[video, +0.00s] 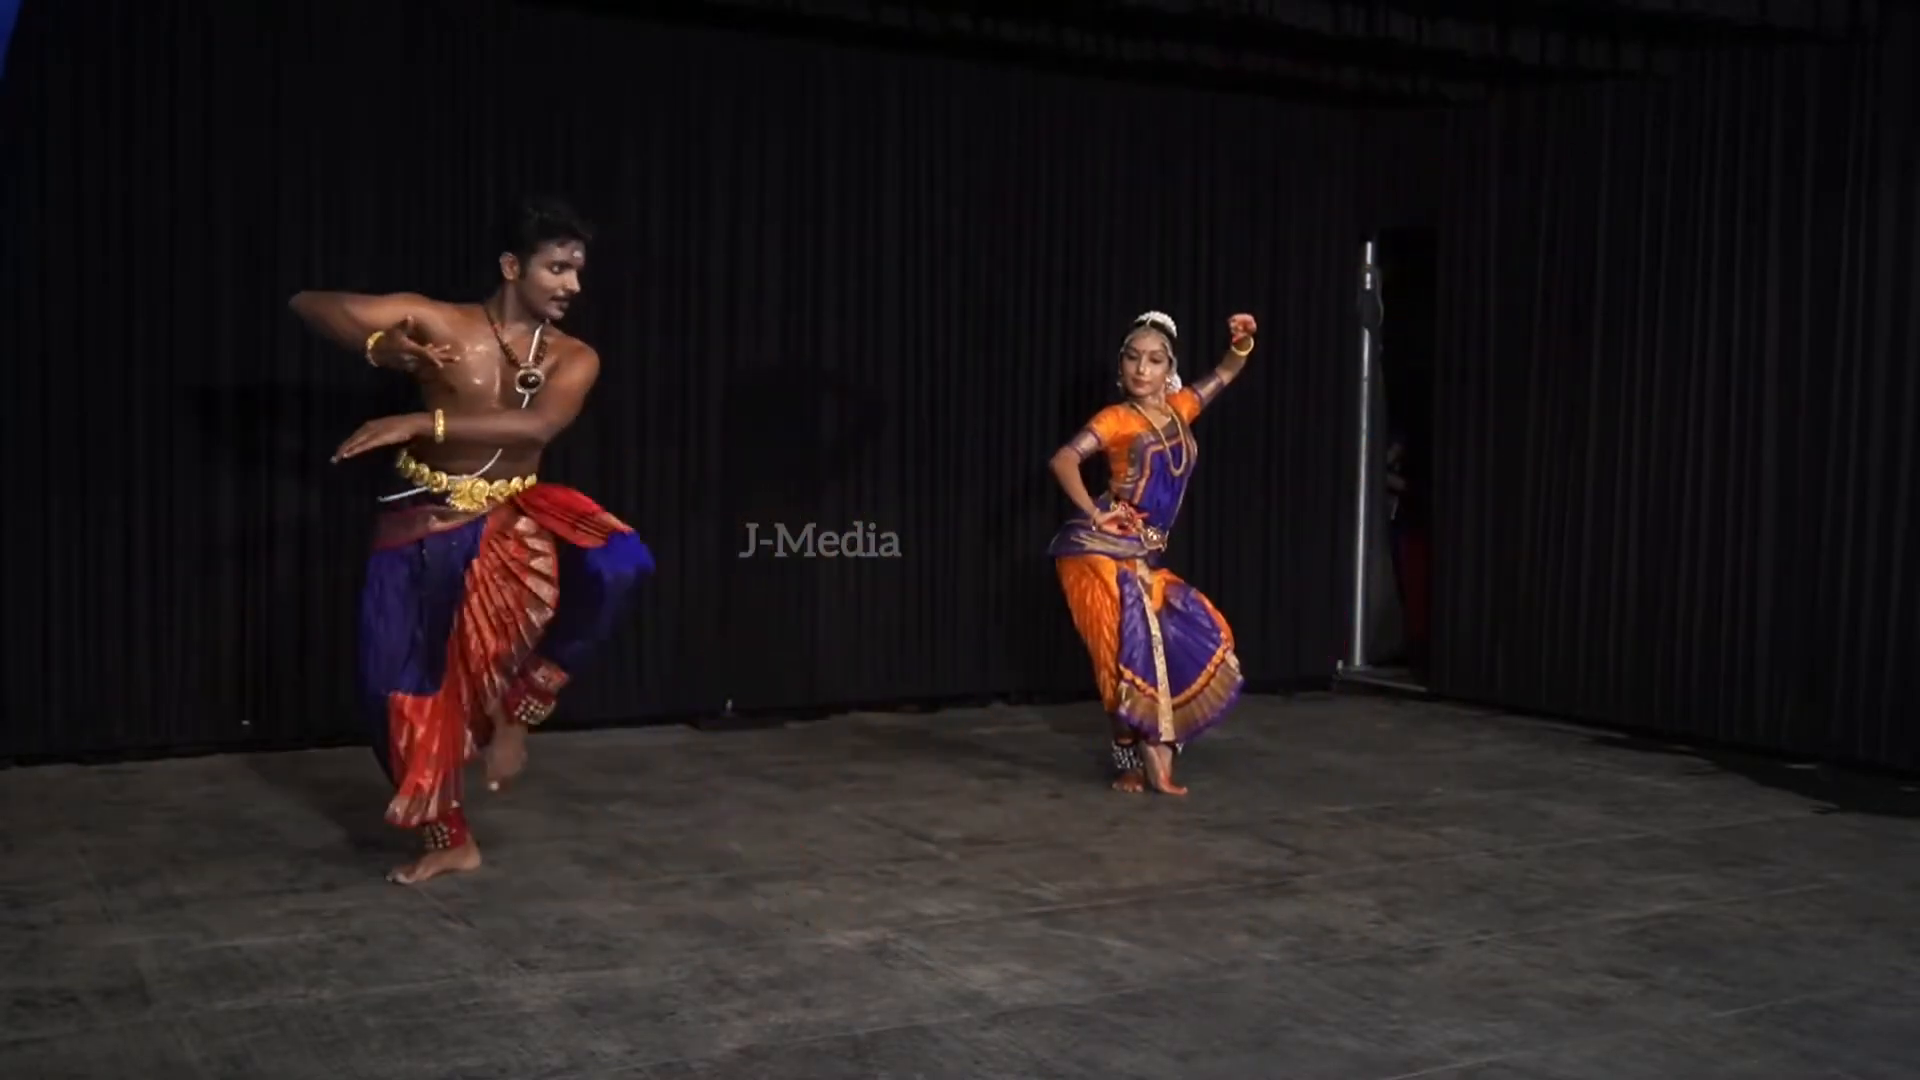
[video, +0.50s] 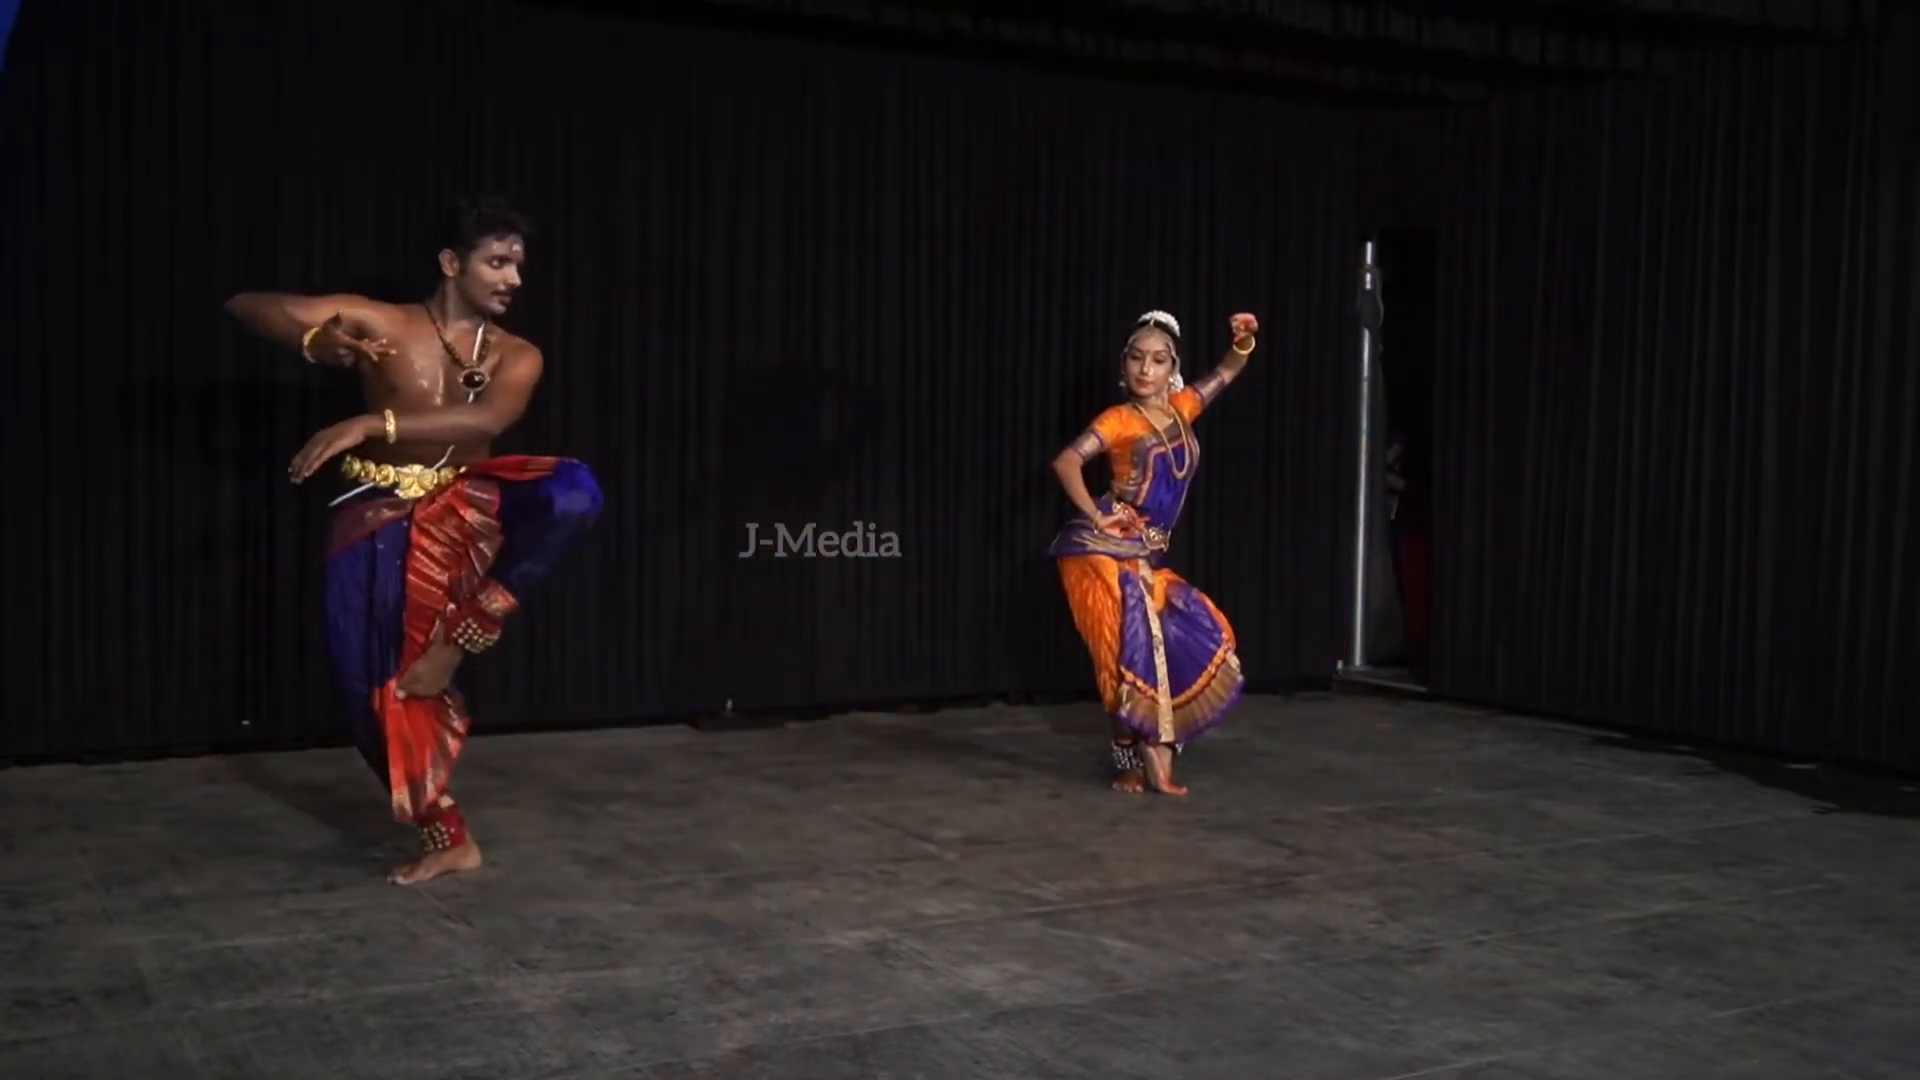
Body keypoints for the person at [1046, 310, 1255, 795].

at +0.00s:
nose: (1142, 368)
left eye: (1154, 359)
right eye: (1133, 357)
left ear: (1170, 369)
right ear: (1121, 365)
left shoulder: (1180, 408)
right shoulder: (1118, 420)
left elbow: (1224, 373)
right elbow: (1063, 461)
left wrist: (1242, 344)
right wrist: (1094, 513)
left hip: (1143, 560)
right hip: (1098, 554)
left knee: (1168, 642)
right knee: (1121, 643)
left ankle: (1160, 749)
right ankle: (1125, 753)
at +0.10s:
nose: (1143, 368)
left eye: (1155, 359)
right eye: (1134, 358)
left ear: (1171, 370)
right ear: (1122, 365)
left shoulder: (1180, 407)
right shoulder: (1118, 420)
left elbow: (1224, 373)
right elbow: (1063, 461)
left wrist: (1242, 344)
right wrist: (1094, 515)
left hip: (1143, 560)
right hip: (1098, 554)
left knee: (1168, 642)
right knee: (1122, 642)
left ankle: (1160, 748)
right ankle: (1125, 753)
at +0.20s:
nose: (1143, 368)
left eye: (1156, 359)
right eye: (1135, 358)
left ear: (1171, 369)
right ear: (1122, 365)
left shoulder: (1180, 408)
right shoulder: (1119, 421)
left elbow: (1224, 373)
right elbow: (1064, 462)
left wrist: (1242, 345)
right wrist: (1095, 517)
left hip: (1144, 559)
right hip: (1098, 553)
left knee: (1167, 643)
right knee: (1122, 642)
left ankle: (1160, 750)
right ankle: (1125, 752)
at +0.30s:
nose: (1144, 369)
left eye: (1157, 360)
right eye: (1135, 358)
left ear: (1172, 370)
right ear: (1123, 365)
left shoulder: (1181, 407)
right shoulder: (1119, 421)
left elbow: (1224, 373)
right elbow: (1064, 463)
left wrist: (1242, 345)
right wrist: (1095, 518)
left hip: (1144, 560)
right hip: (1099, 553)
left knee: (1167, 643)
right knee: (1123, 642)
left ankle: (1159, 750)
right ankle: (1125, 752)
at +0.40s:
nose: (1145, 369)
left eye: (1157, 360)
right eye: (1136, 358)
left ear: (1173, 370)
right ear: (1123, 365)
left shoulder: (1181, 408)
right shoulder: (1119, 421)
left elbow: (1224, 373)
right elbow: (1065, 463)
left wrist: (1242, 345)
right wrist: (1096, 518)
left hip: (1144, 560)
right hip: (1098, 553)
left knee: (1169, 642)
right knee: (1124, 642)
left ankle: (1160, 750)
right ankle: (1125, 752)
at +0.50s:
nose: (1146, 368)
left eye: (1158, 359)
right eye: (1137, 357)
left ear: (1173, 370)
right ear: (1124, 365)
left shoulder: (1182, 407)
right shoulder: (1120, 421)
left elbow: (1225, 372)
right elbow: (1066, 463)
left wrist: (1243, 343)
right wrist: (1096, 517)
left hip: (1144, 560)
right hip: (1098, 553)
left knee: (1179, 638)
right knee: (1125, 640)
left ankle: (1160, 748)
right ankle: (1125, 752)